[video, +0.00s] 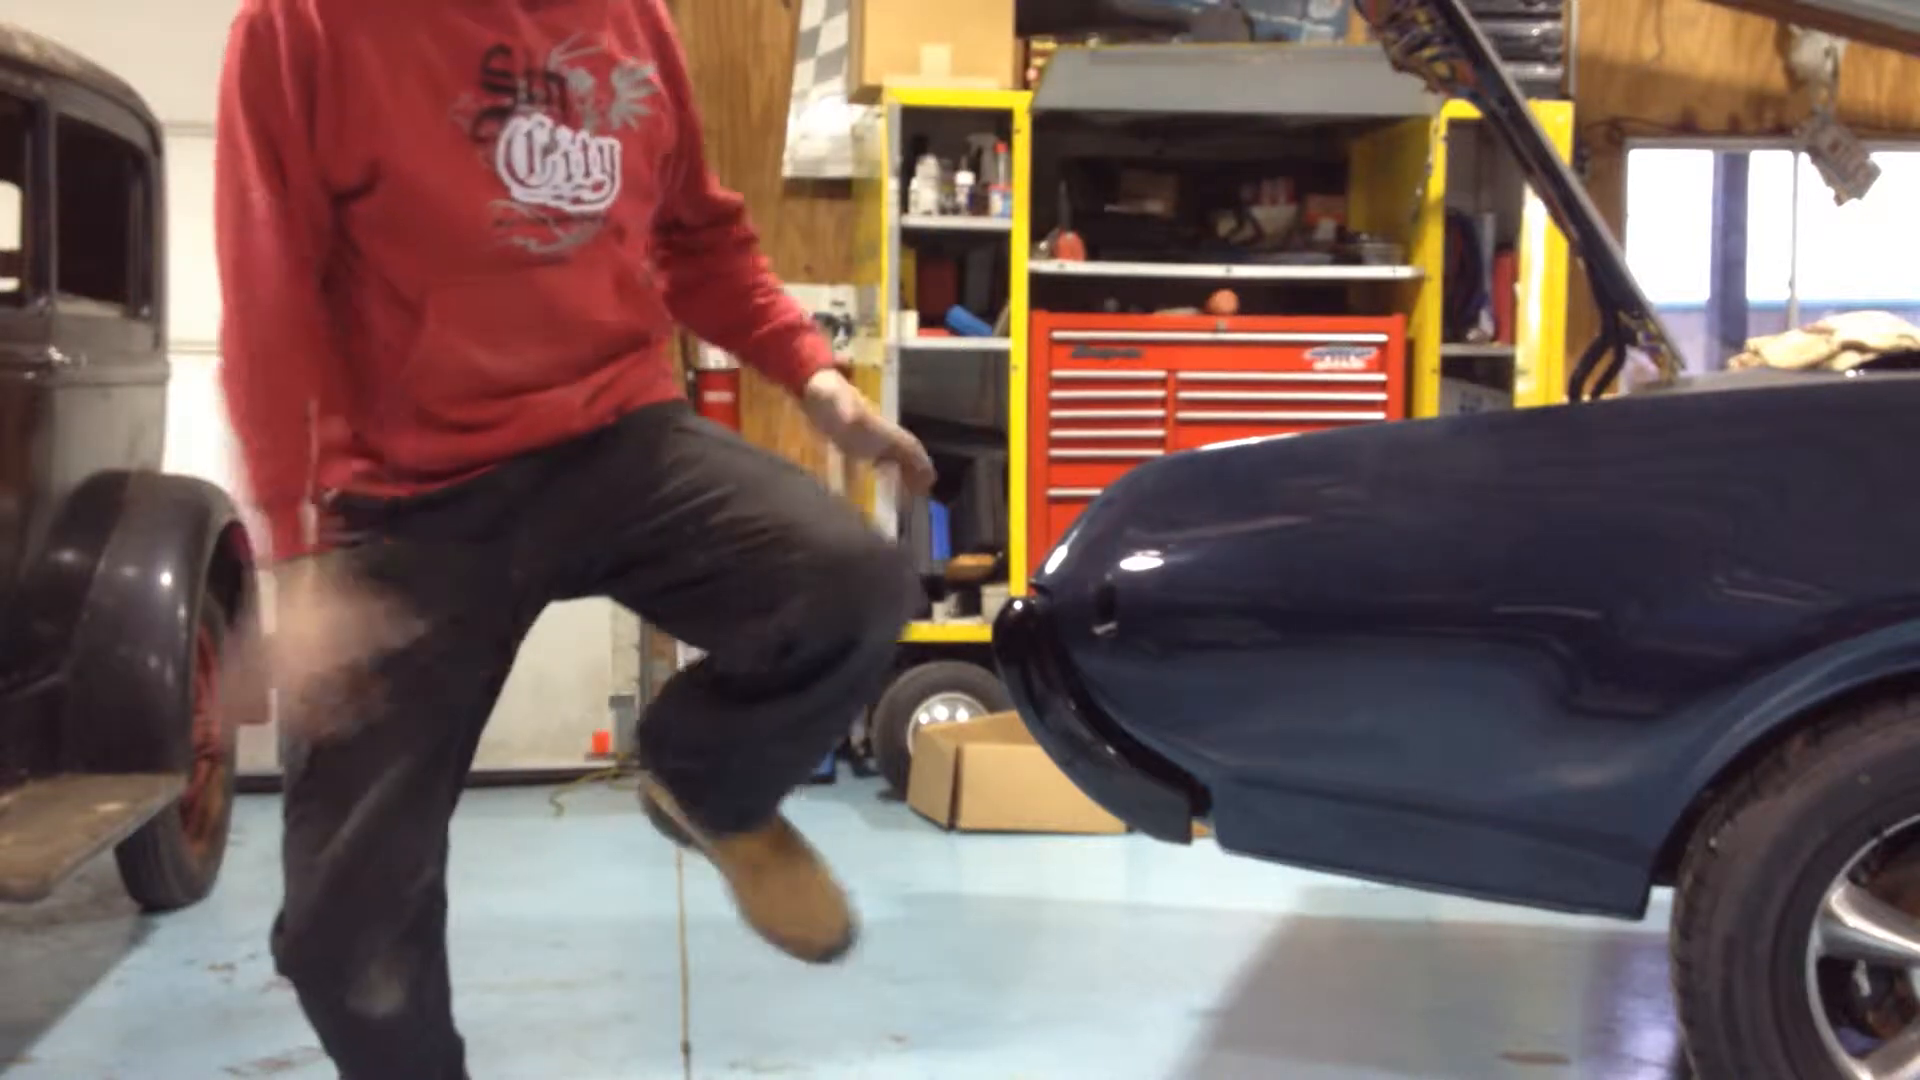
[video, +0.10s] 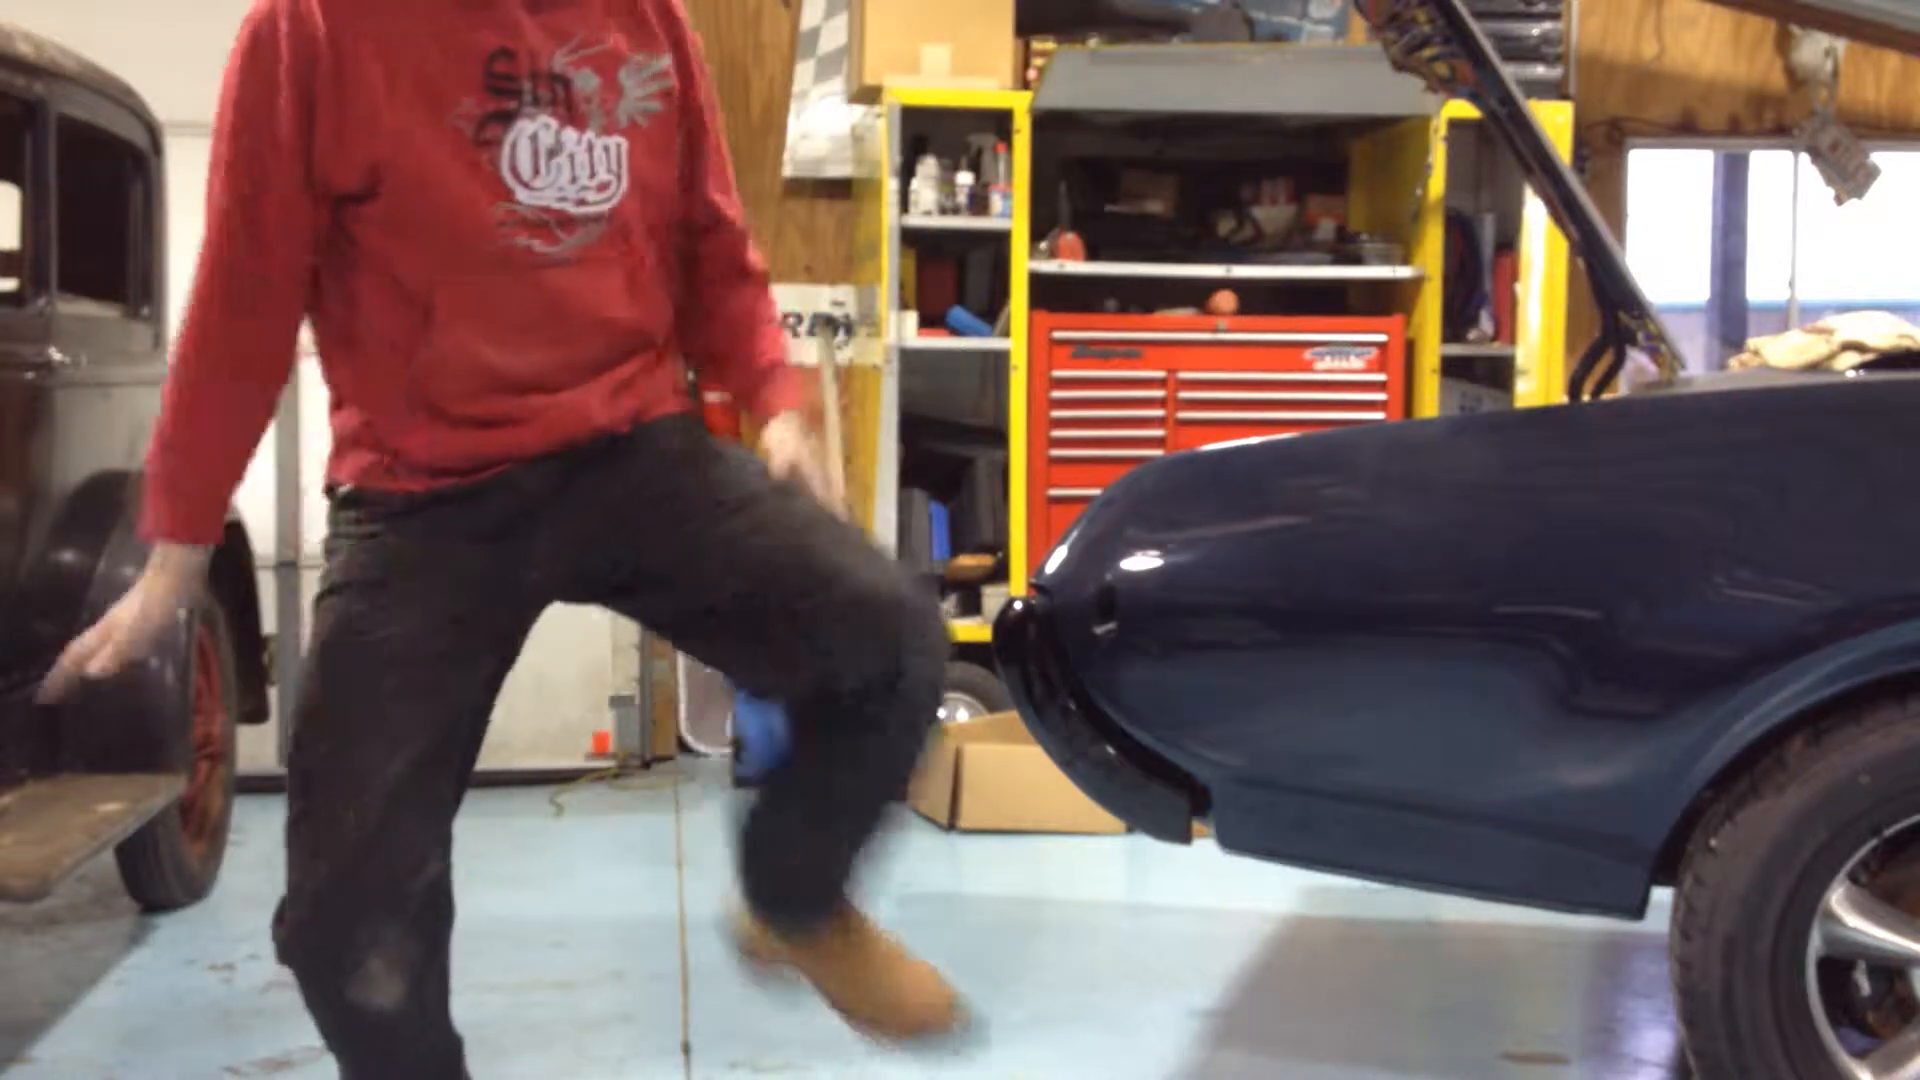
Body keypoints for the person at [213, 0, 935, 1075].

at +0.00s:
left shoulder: (627, 16)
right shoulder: (303, 24)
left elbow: (696, 231)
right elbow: (264, 293)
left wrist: (819, 380)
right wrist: (292, 560)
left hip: (622, 439)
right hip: (403, 504)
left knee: (855, 583)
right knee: (348, 927)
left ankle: (704, 777)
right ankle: (406, 1070)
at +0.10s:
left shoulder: (643, 21)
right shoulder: (311, 31)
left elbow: (710, 239)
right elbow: (240, 302)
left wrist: (780, 400)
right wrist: (167, 564)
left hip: (634, 450)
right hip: (419, 501)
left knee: (887, 638)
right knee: (349, 928)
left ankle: (794, 901)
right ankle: (410, 1065)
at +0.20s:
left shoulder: (675, 29)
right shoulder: (333, 32)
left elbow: (728, 276)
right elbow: (270, 298)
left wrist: (772, 471)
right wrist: (218, 550)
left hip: (655, 484)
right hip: (429, 508)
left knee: (869, 771)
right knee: (352, 913)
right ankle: (416, 1074)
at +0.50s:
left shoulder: (830, 71)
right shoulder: (496, 79)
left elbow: (891, 329)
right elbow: (432, 337)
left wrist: (927, 559)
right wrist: (389, 573)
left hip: (783, 537)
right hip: (553, 536)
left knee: (988, 816)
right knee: (331, 844)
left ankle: (983, 1068)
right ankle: (385, 1072)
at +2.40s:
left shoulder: (969, 135)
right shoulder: (637, 123)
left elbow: (1026, 384)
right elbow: (566, 365)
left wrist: (1039, 601)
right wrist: (509, 561)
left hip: (892, 581)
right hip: (668, 564)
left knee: (1083, 857)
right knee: (401, 812)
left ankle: (985, 1073)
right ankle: (390, 1071)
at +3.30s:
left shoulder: (827, 110)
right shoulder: (499, 100)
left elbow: (908, 352)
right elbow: (429, 342)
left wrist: (932, 560)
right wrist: (396, 556)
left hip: (758, 551)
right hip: (536, 556)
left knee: (995, 810)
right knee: (351, 883)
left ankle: (990, 1065)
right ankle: (419, 1070)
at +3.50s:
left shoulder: (713, 55)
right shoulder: (375, 41)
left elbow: (845, 254)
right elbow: (265, 272)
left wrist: (924, 465)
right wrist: (260, 497)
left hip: (651, 500)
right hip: (433, 513)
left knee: (876, 780)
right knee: (351, 896)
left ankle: (893, 1067)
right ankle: (413, 1073)